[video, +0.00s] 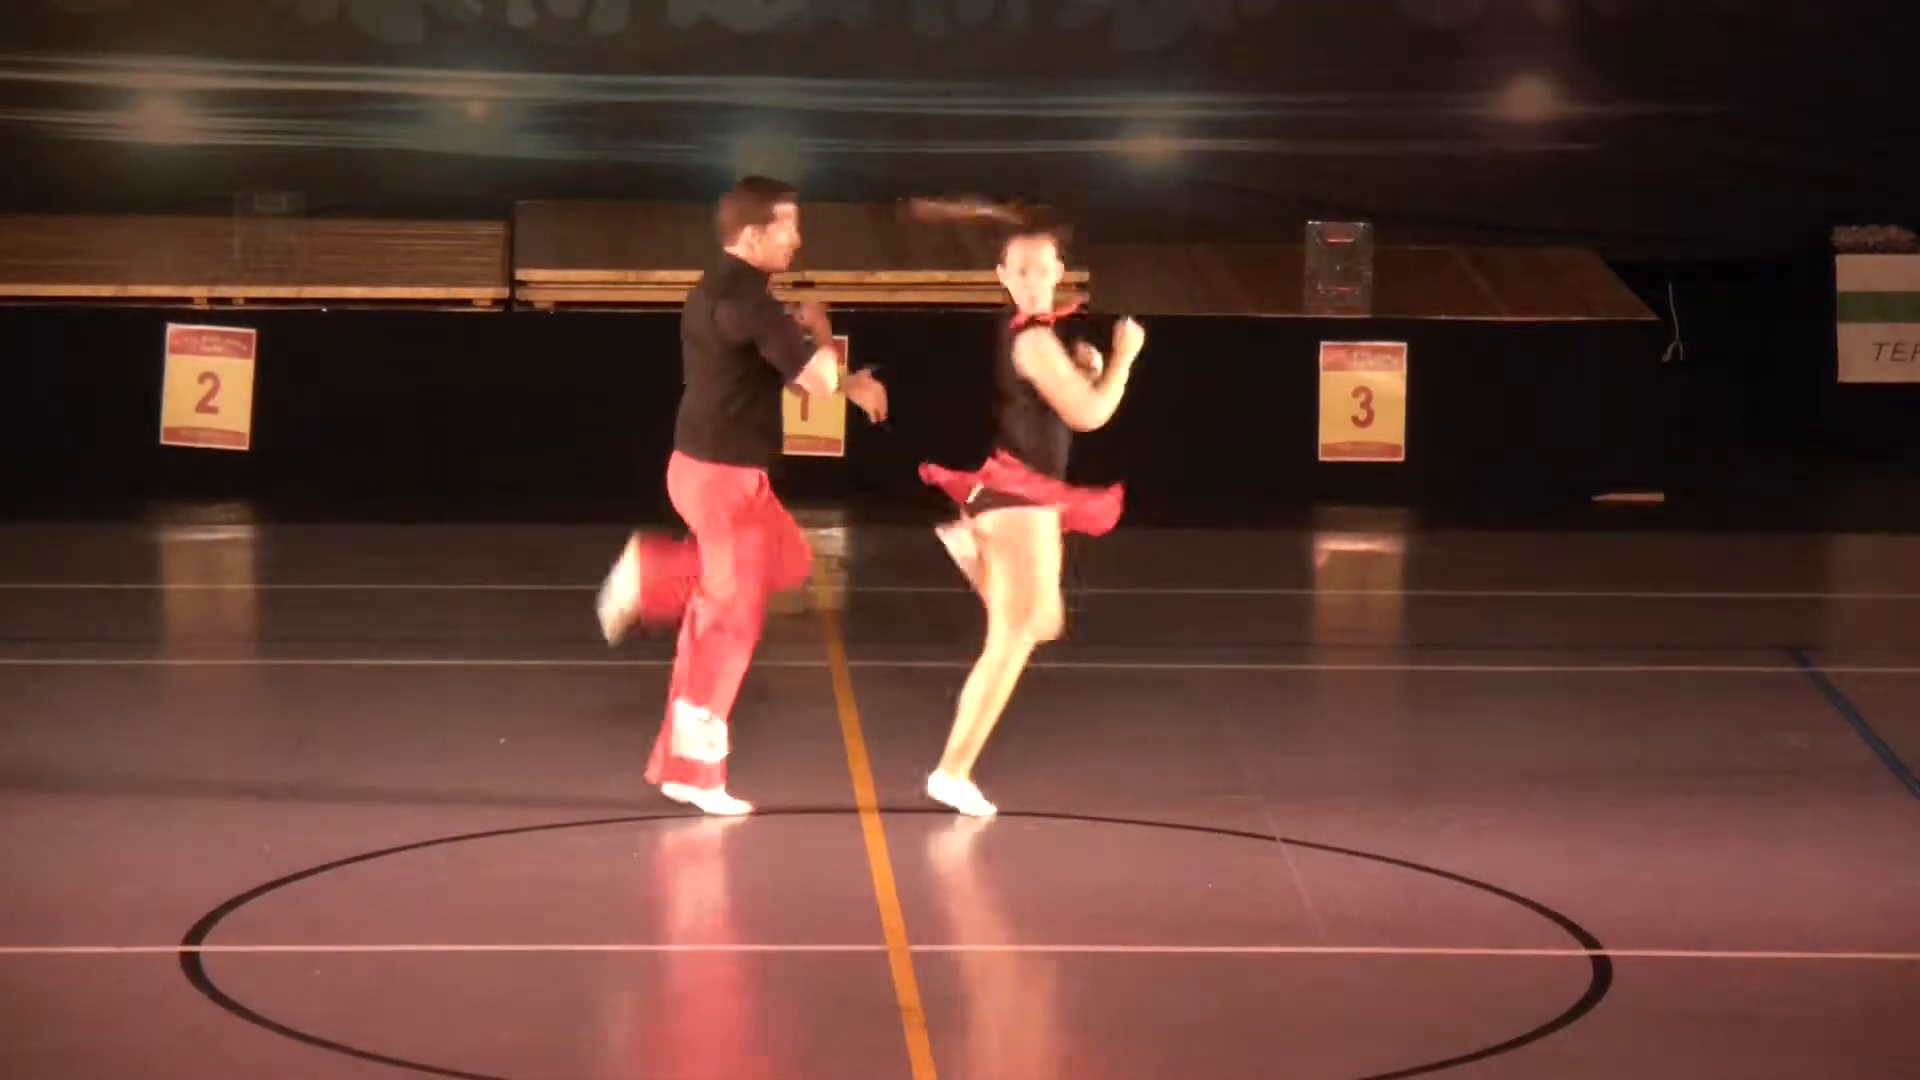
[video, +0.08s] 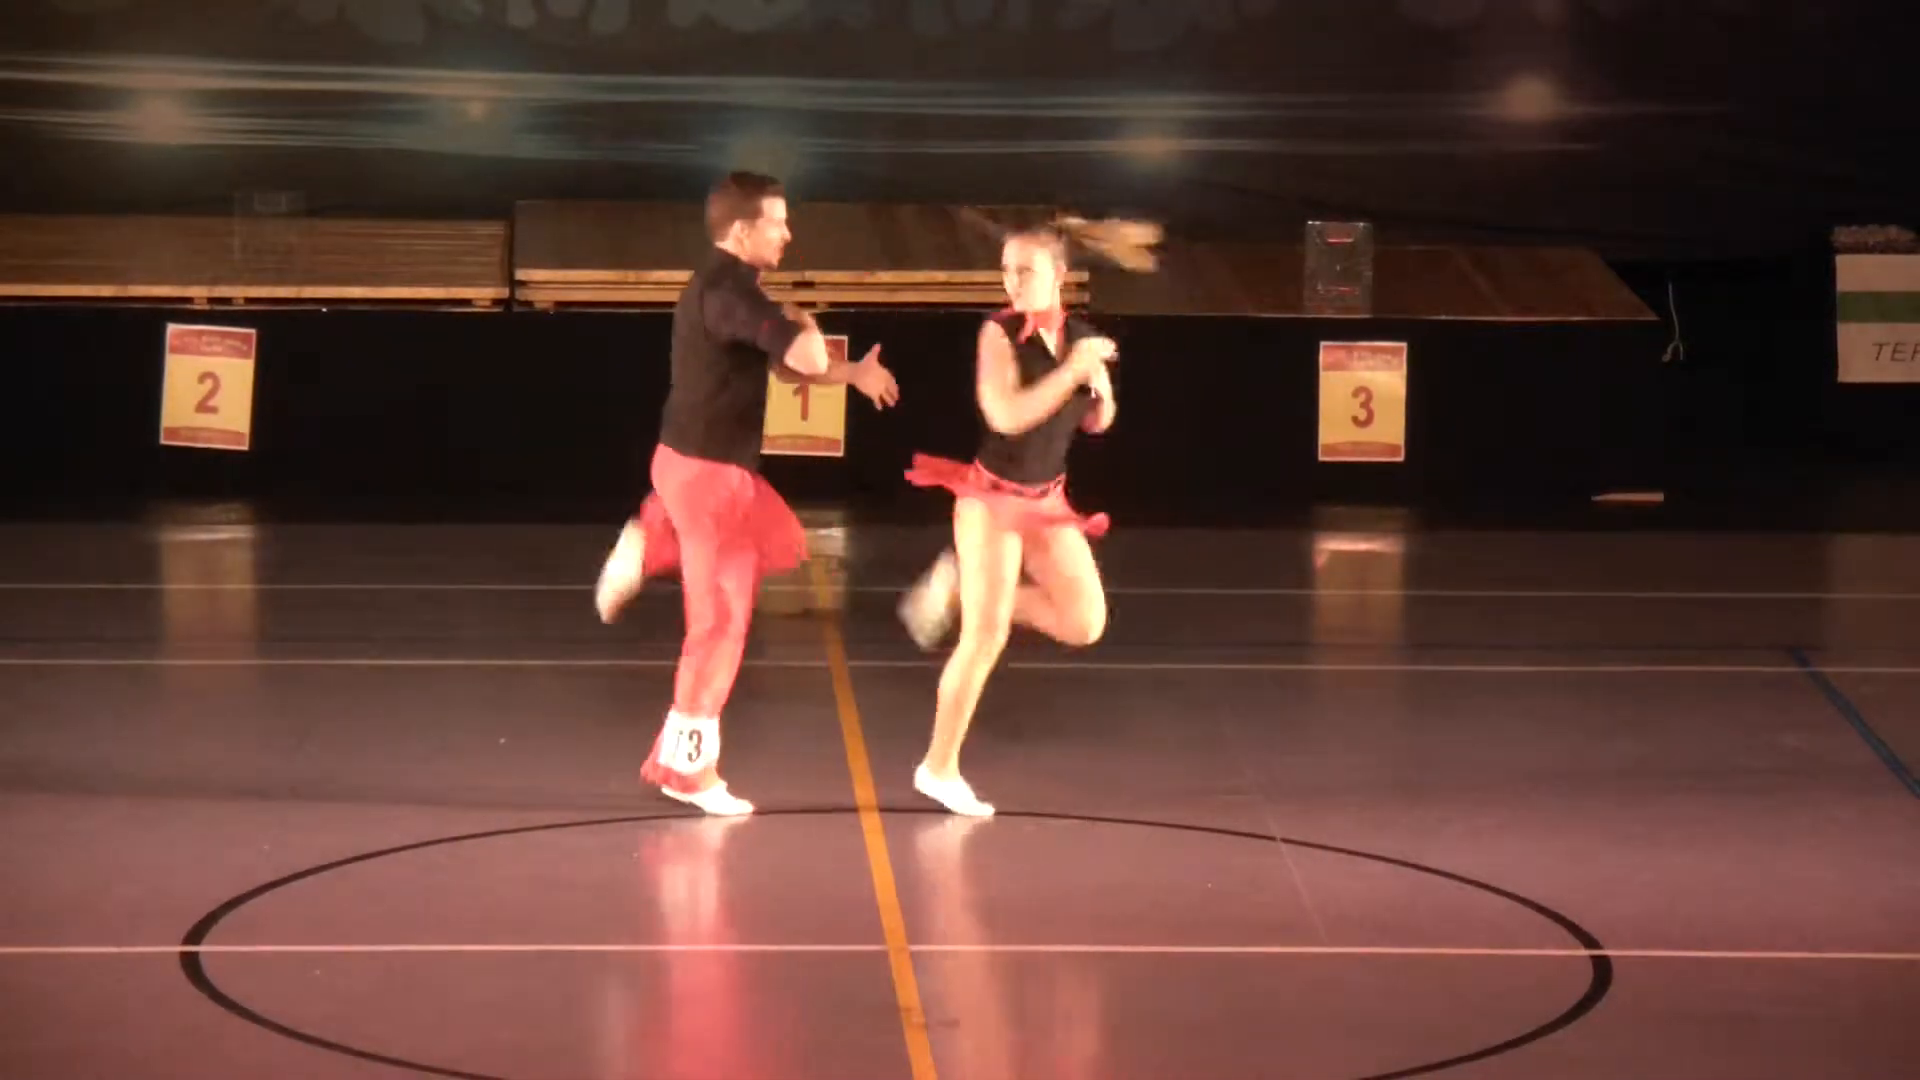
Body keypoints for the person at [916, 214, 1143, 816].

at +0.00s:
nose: (1044, 274)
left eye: (1049, 262)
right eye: (1030, 265)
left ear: (1056, 268)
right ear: (1006, 273)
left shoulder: (1033, 333)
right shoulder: (1030, 340)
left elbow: (1071, 404)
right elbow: (1091, 412)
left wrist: (1085, 365)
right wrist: (1125, 358)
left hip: (1024, 500)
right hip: (1018, 504)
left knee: (1047, 621)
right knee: (1011, 636)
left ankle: (969, 547)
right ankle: (952, 771)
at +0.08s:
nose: (1015, 282)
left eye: (1027, 271)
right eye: (1008, 271)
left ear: (1062, 277)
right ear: (1003, 276)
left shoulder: (1077, 339)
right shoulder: (998, 334)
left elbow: (1090, 421)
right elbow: (1005, 414)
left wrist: (1097, 399)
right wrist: (1074, 370)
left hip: (1048, 503)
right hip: (989, 501)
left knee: (1082, 623)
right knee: (984, 636)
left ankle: (962, 587)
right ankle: (938, 767)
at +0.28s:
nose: (1022, 274)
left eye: (1034, 265)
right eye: (1024, 263)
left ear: (1069, 277)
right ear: (1035, 274)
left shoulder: (1084, 352)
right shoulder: (1020, 334)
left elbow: (1119, 444)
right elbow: (951, 375)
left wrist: (1056, 399)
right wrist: (918, 344)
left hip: (1054, 508)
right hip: (1015, 505)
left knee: (1030, 645)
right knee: (964, 619)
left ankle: (1051, 792)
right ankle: (1014, 756)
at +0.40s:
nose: (1039, 268)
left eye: (1049, 258)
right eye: (1040, 257)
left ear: (1080, 263)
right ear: (1075, 263)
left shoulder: (1089, 331)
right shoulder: (1057, 327)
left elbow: (1111, 415)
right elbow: (985, 350)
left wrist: (1051, 384)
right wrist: (905, 343)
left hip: (1050, 485)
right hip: (1073, 487)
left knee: (984, 616)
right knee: (1025, 622)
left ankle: (1016, 759)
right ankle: (1027, 755)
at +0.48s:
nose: (1058, 267)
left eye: (1069, 257)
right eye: (1058, 255)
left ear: (1104, 260)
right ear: (1068, 255)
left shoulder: (1107, 316)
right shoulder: (1062, 317)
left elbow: (1139, 369)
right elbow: (984, 345)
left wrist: (1133, 371)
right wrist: (903, 341)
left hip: (1072, 475)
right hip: (1086, 481)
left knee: (929, 503)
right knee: (1034, 612)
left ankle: (948, 639)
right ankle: (1045, 753)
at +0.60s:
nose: (1089, 283)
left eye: (1104, 275)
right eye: (1084, 270)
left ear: (1133, 282)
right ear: (1075, 267)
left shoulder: (1127, 336)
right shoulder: (1072, 328)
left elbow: (1169, 346)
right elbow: (991, 324)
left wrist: (1227, 348)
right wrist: (906, 304)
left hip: (1078, 495)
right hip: (1088, 496)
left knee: (946, 449)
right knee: (1068, 629)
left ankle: (831, 376)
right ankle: (1061, 768)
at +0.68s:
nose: (1088, 269)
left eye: (1103, 261)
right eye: (1084, 257)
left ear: (1133, 270)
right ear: (1076, 257)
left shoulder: (1126, 326)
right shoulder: (1070, 316)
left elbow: (1166, 341)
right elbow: (983, 308)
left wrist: (1223, 352)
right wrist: (906, 296)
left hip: (1090, 489)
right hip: (1071, 478)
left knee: (986, 386)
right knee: (1065, 623)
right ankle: (1062, 761)